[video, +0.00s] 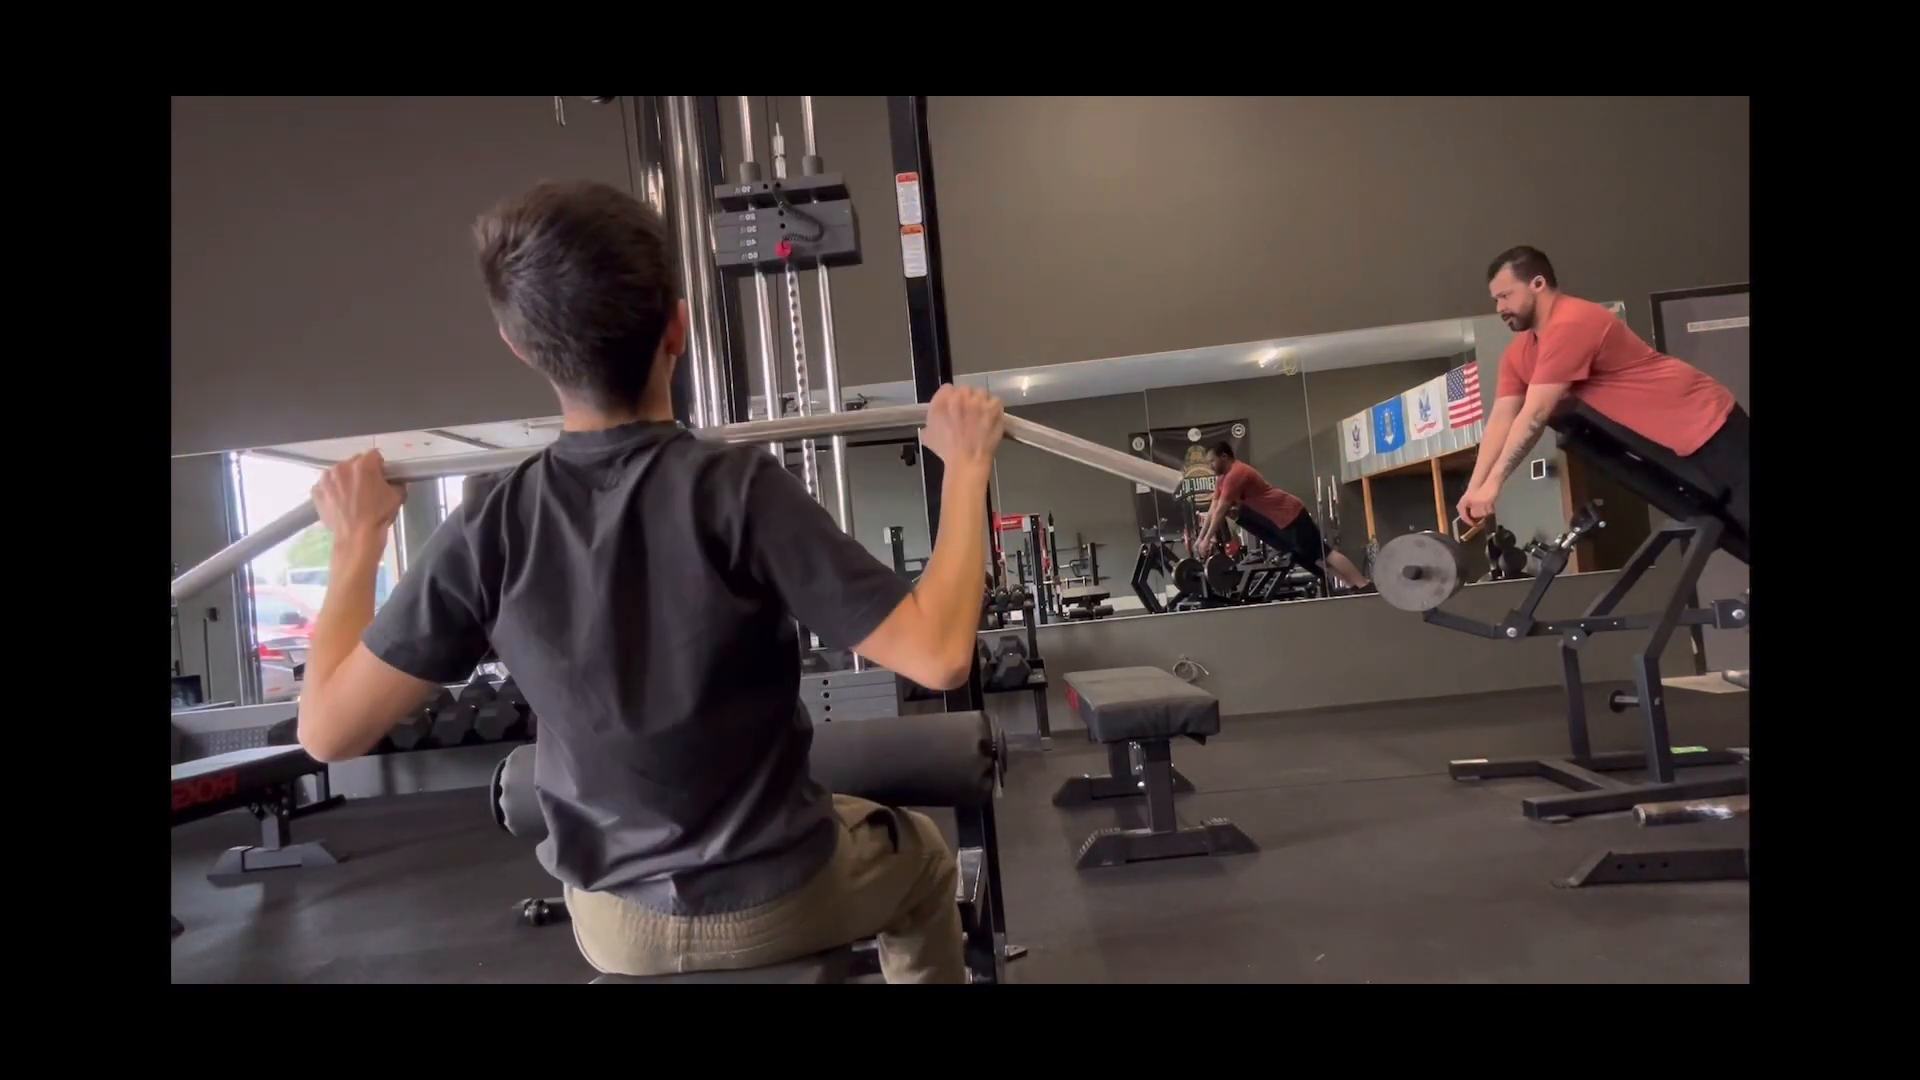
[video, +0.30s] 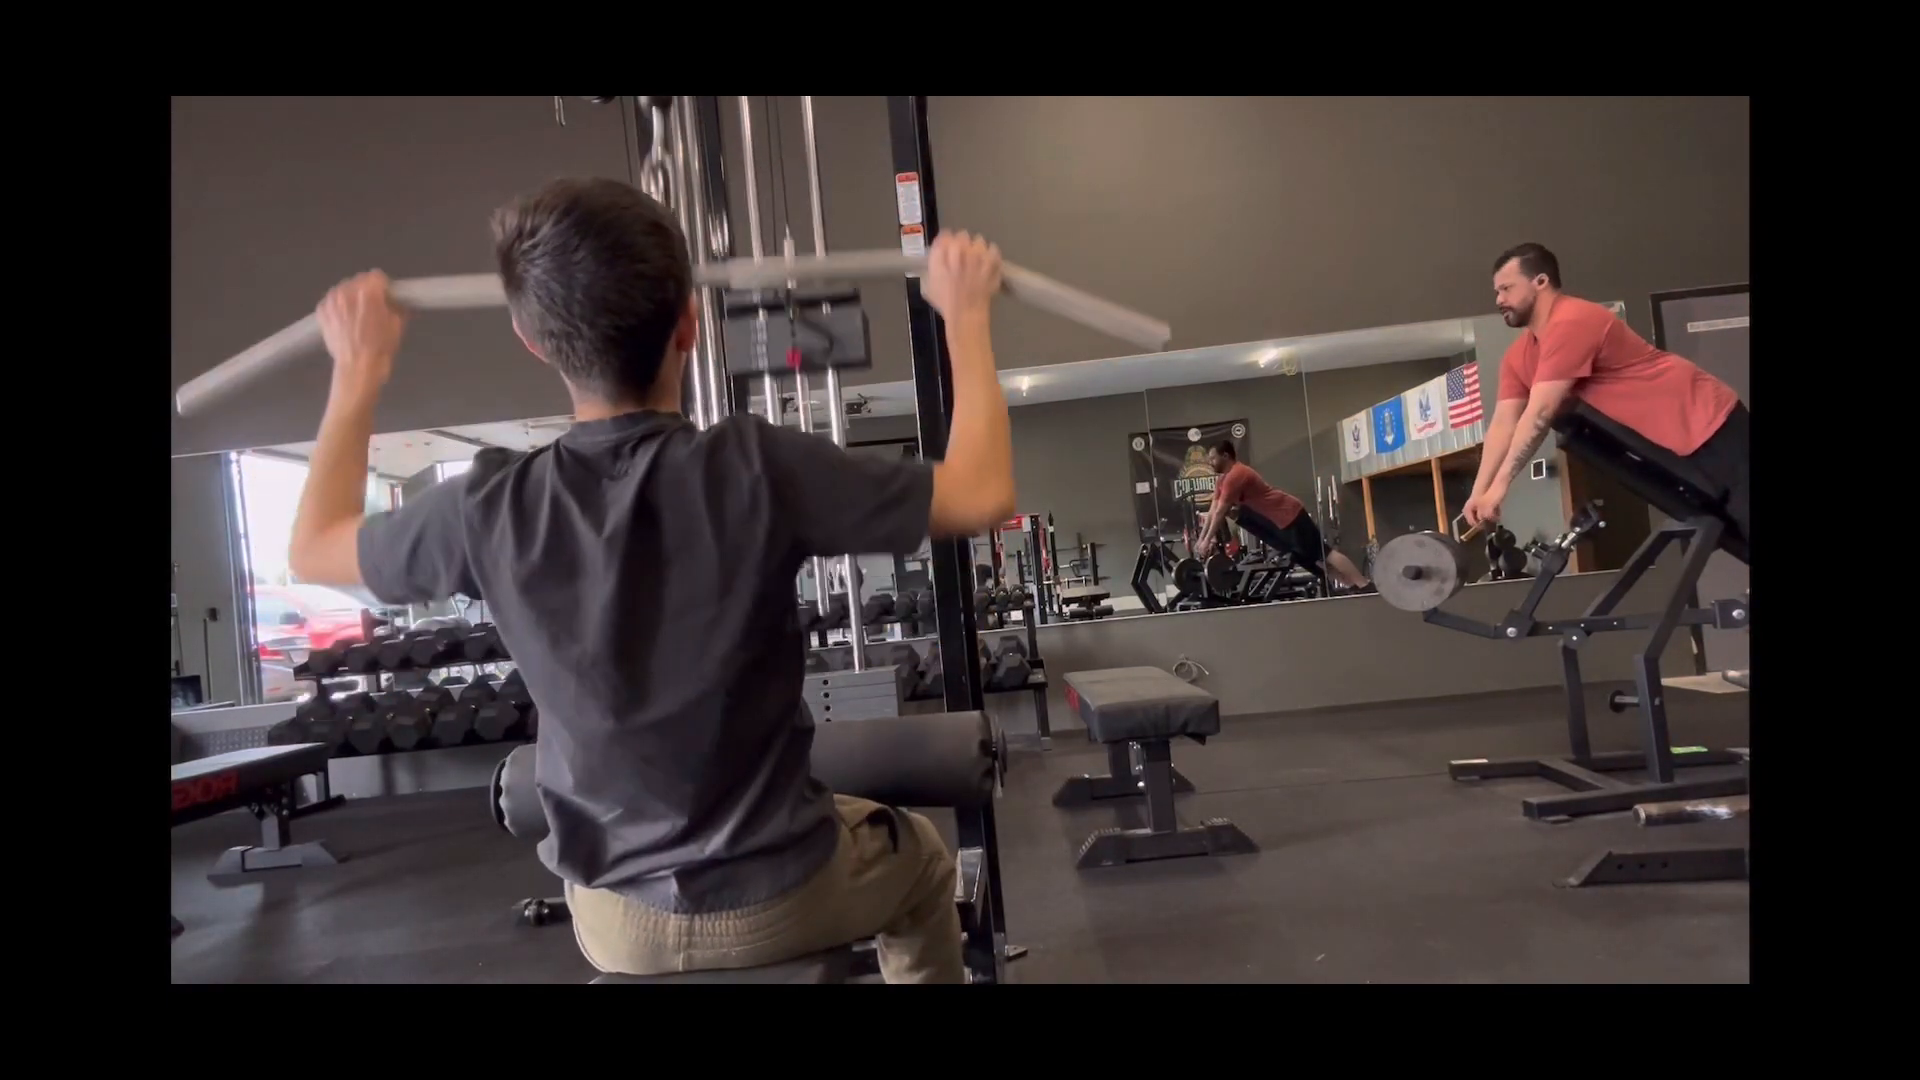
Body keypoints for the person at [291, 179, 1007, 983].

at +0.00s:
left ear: (517, 347)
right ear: (678, 327)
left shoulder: (495, 524)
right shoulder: (735, 489)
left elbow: (327, 730)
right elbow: (938, 652)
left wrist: (354, 541)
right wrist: (967, 472)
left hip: (607, 922)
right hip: (773, 911)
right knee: (920, 854)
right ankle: (927, 976)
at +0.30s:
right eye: (696, 298)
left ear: (531, 344)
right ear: (689, 323)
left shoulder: (493, 508)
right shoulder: (757, 470)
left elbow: (317, 546)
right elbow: (983, 494)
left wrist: (357, 368)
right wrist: (968, 319)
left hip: (610, 918)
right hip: (775, 904)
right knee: (920, 854)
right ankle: (922, 975)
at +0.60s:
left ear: (544, 328)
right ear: (700, 314)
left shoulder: (521, 458)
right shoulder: (765, 416)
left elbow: (374, 314)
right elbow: (920, 272)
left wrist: (351, 136)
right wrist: (936, 98)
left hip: (617, 912)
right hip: (781, 898)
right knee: (918, 856)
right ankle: (928, 975)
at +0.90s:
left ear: (573, 330)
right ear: (715, 318)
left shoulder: (551, 423)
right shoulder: (770, 401)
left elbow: (437, 239)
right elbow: (874, 219)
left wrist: (377, 94)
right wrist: (916, 84)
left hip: (620, 889)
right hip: (786, 885)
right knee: (921, 855)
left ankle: (636, 969)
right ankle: (931, 973)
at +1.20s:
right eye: (703, 288)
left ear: (548, 323)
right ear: (699, 313)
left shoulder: (523, 452)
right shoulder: (759, 421)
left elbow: (397, 293)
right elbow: (906, 261)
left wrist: (358, 120)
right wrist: (929, 99)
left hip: (621, 897)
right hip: (784, 888)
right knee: (918, 852)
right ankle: (933, 976)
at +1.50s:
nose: (679, 316)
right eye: (679, 299)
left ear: (509, 343)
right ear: (669, 320)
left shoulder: (467, 501)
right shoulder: (730, 471)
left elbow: (261, 469)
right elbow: (970, 416)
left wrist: (296, 269)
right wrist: (947, 220)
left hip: (608, 917)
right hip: (773, 904)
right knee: (918, 863)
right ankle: (921, 973)